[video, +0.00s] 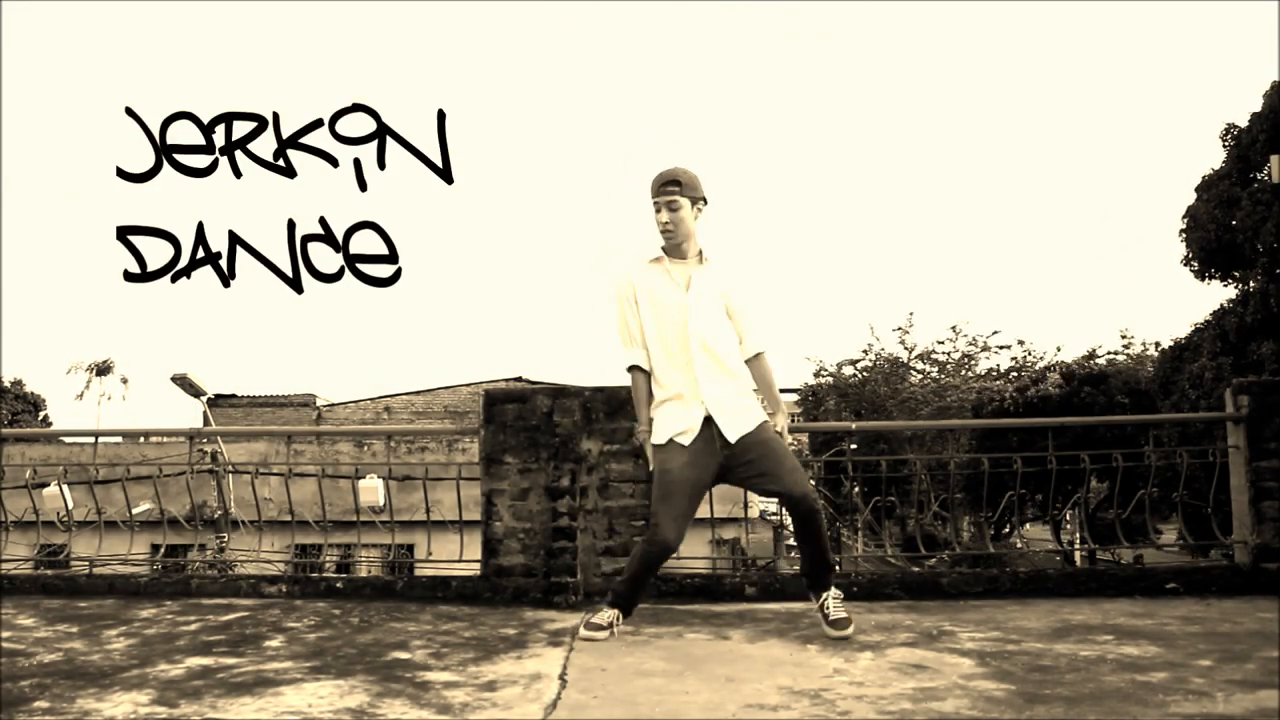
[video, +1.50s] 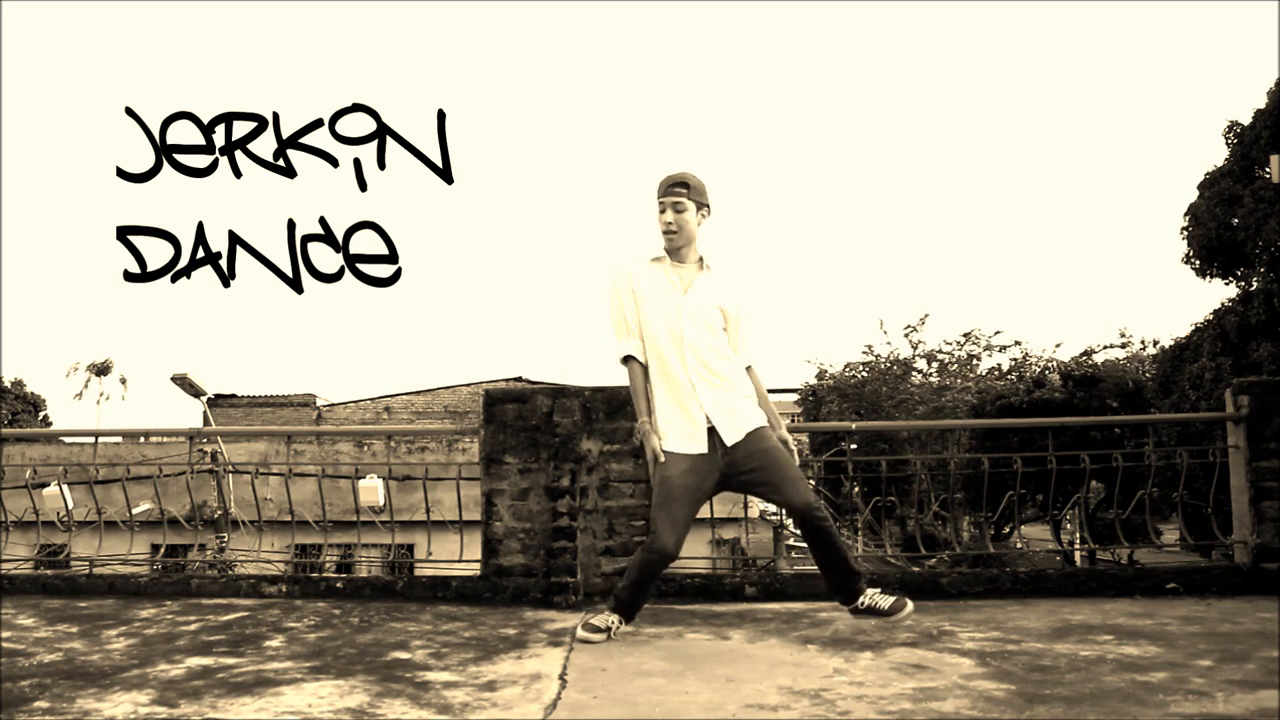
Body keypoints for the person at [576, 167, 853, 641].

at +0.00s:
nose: (663, 218)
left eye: (672, 208)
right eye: (657, 209)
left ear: (698, 210)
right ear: (653, 215)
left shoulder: (725, 277)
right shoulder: (637, 284)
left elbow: (754, 352)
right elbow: (639, 365)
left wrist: (778, 412)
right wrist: (644, 431)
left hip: (741, 418)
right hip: (679, 425)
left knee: (804, 496)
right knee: (664, 536)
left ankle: (824, 589)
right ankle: (616, 609)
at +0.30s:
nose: (658, 206)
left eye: (668, 198)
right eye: (653, 198)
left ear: (692, 203)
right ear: (648, 203)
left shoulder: (719, 265)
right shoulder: (630, 270)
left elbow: (734, 342)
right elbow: (623, 348)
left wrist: (745, 407)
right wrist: (633, 414)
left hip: (731, 416)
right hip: (670, 422)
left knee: (791, 503)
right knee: (650, 533)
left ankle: (806, 602)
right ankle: (613, 607)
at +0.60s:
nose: (677, 199)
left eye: (686, 189)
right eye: (671, 191)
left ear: (711, 193)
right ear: (666, 198)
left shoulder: (744, 253)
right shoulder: (654, 266)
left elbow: (768, 324)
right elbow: (646, 343)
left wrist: (791, 387)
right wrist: (644, 401)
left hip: (745, 403)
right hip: (679, 407)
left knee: (803, 484)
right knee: (655, 502)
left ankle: (809, 589)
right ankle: (611, 588)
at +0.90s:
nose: (709, 217)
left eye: (720, 208)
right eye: (704, 208)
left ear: (742, 213)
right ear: (698, 214)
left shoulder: (767, 283)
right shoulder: (674, 272)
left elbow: (777, 366)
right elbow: (653, 346)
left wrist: (787, 434)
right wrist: (650, 409)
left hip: (756, 429)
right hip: (690, 428)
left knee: (802, 526)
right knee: (648, 526)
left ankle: (812, 611)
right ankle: (616, 604)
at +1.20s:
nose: (743, 225)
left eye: (752, 214)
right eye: (736, 216)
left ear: (776, 218)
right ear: (731, 223)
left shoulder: (794, 290)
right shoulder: (715, 284)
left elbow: (790, 364)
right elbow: (677, 348)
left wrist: (799, 427)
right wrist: (665, 404)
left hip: (764, 429)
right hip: (707, 423)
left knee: (813, 514)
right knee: (673, 513)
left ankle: (815, 610)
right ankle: (616, 589)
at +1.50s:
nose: (667, 218)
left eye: (678, 209)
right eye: (661, 210)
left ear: (701, 216)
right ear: (656, 219)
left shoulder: (721, 285)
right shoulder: (636, 281)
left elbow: (746, 364)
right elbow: (634, 359)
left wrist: (777, 425)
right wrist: (644, 422)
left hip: (742, 423)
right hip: (681, 431)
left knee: (807, 504)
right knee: (664, 545)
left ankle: (856, 595)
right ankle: (616, 613)